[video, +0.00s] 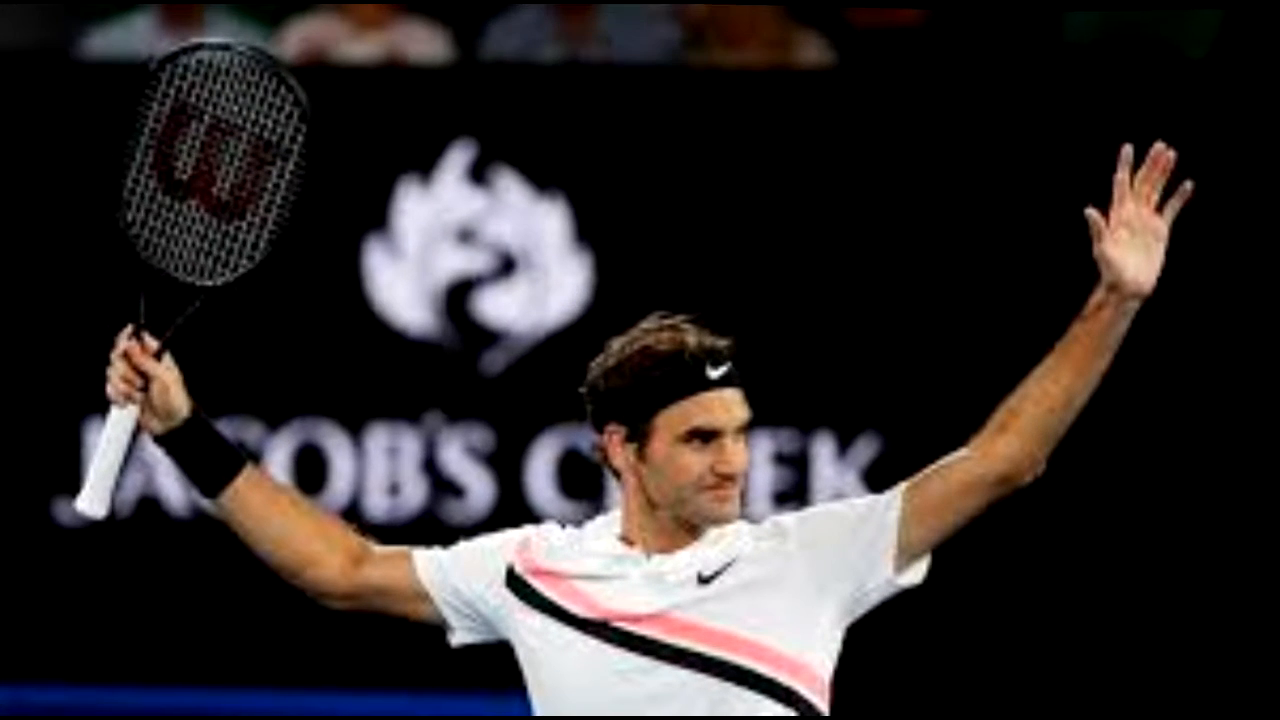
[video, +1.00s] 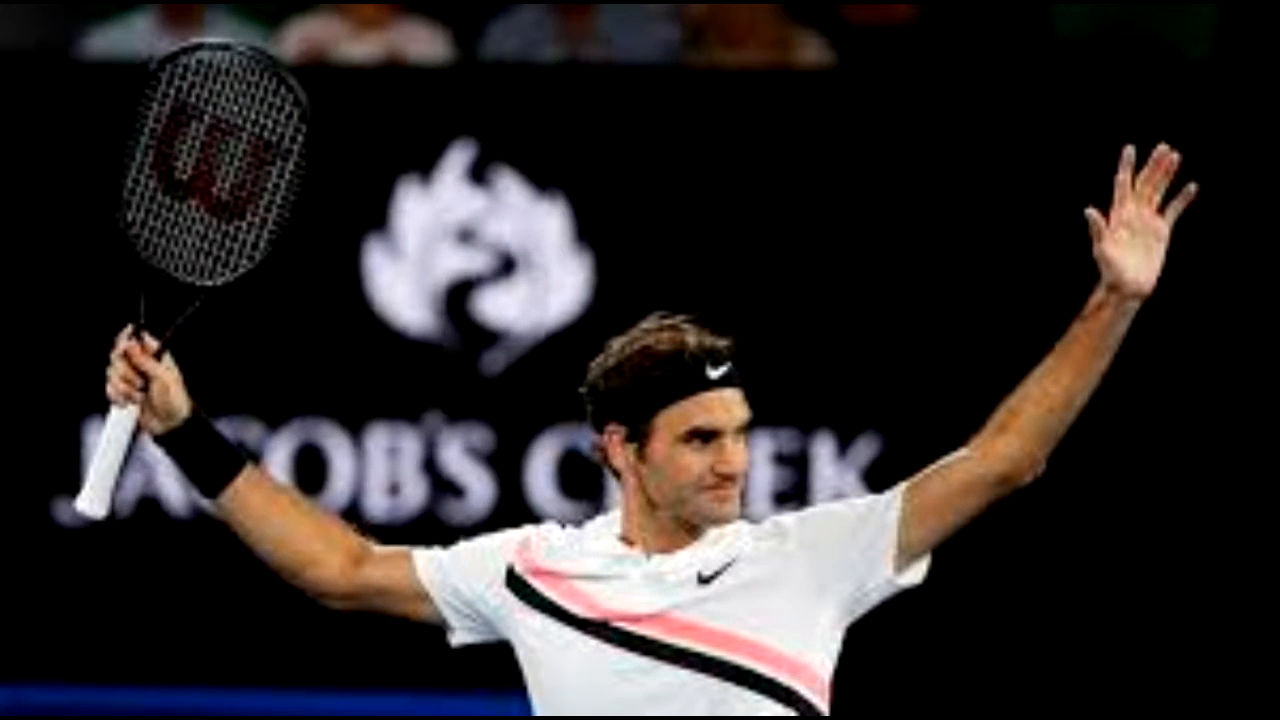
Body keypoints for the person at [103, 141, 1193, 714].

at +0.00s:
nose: (730, 463)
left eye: (738, 437)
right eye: (700, 441)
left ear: (750, 442)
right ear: (620, 454)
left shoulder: (815, 553)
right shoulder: (529, 572)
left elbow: (1004, 456)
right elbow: (337, 570)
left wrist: (1117, 301)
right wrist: (184, 431)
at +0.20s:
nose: (732, 464)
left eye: (739, 437)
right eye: (701, 441)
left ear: (750, 441)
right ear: (620, 455)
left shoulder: (815, 552)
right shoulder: (528, 573)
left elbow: (1004, 456)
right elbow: (335, 568)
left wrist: (1116, 300)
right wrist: (184, 430)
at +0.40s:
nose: (732, 464)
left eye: (739, 437)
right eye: (701, 441)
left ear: (750, 441)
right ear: (620, 455)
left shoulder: (815, 552)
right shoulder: (528, 573)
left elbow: (1005, 456)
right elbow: (335, 568)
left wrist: (1116, 300)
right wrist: (184, 430)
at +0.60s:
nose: (731, 464)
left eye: (739, 437)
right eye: (701, 441)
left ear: (750, 442)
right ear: (620, 455)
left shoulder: (815, 552)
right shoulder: (529, 573)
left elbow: (1005, 456)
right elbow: (335, 568)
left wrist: (1116, 300)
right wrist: (184, 429)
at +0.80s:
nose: (731, 464)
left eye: (739, 437)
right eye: (700, 441)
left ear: (750, 442)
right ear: (620, 455)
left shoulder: (815, 552)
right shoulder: (529, 573)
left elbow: (1005, 456)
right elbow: (335, 568)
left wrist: (1116, 300)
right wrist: (183, 429)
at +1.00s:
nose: (731, 464)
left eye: (739, 437)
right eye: (700, 441)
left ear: (750, 442)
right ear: (620, 455)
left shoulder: (815, 552)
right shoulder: (529, 573)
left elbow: (1005, 456)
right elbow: (335, 568)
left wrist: (1116, 299)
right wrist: (183, 429)